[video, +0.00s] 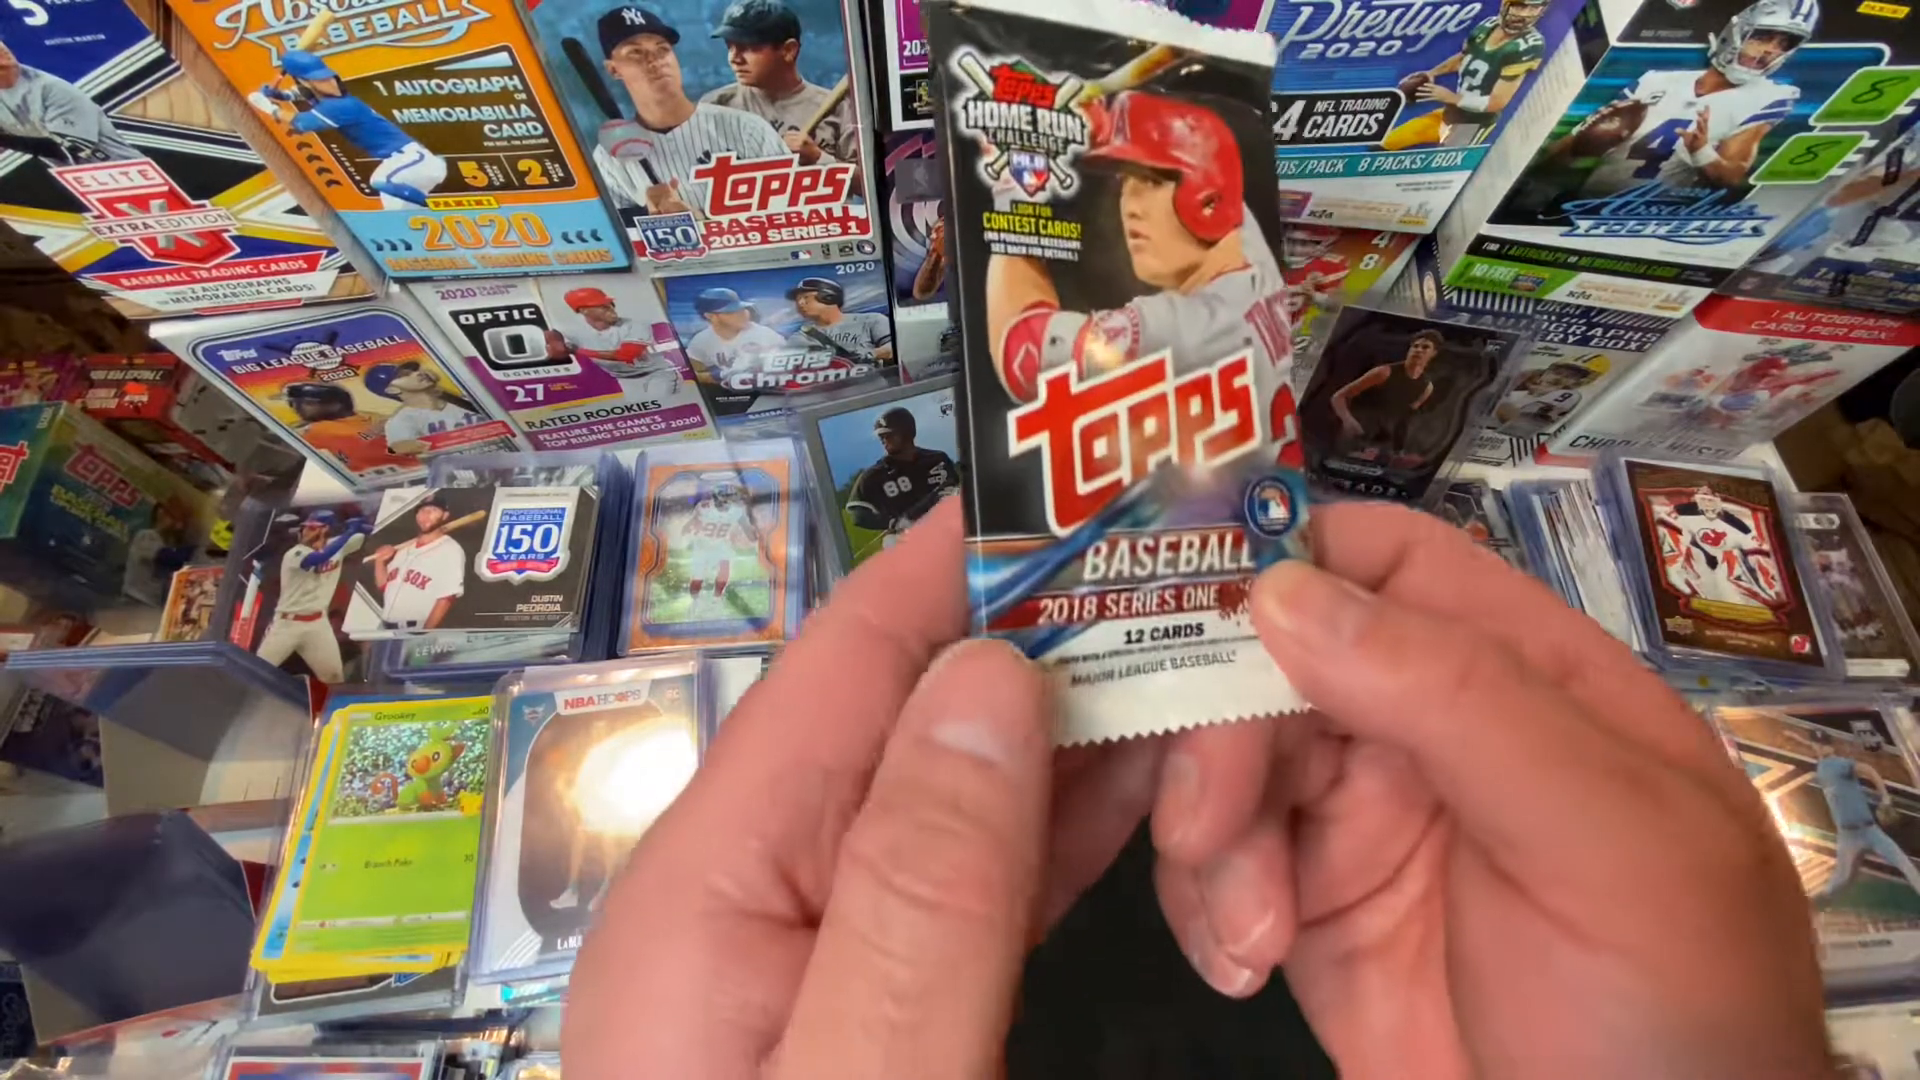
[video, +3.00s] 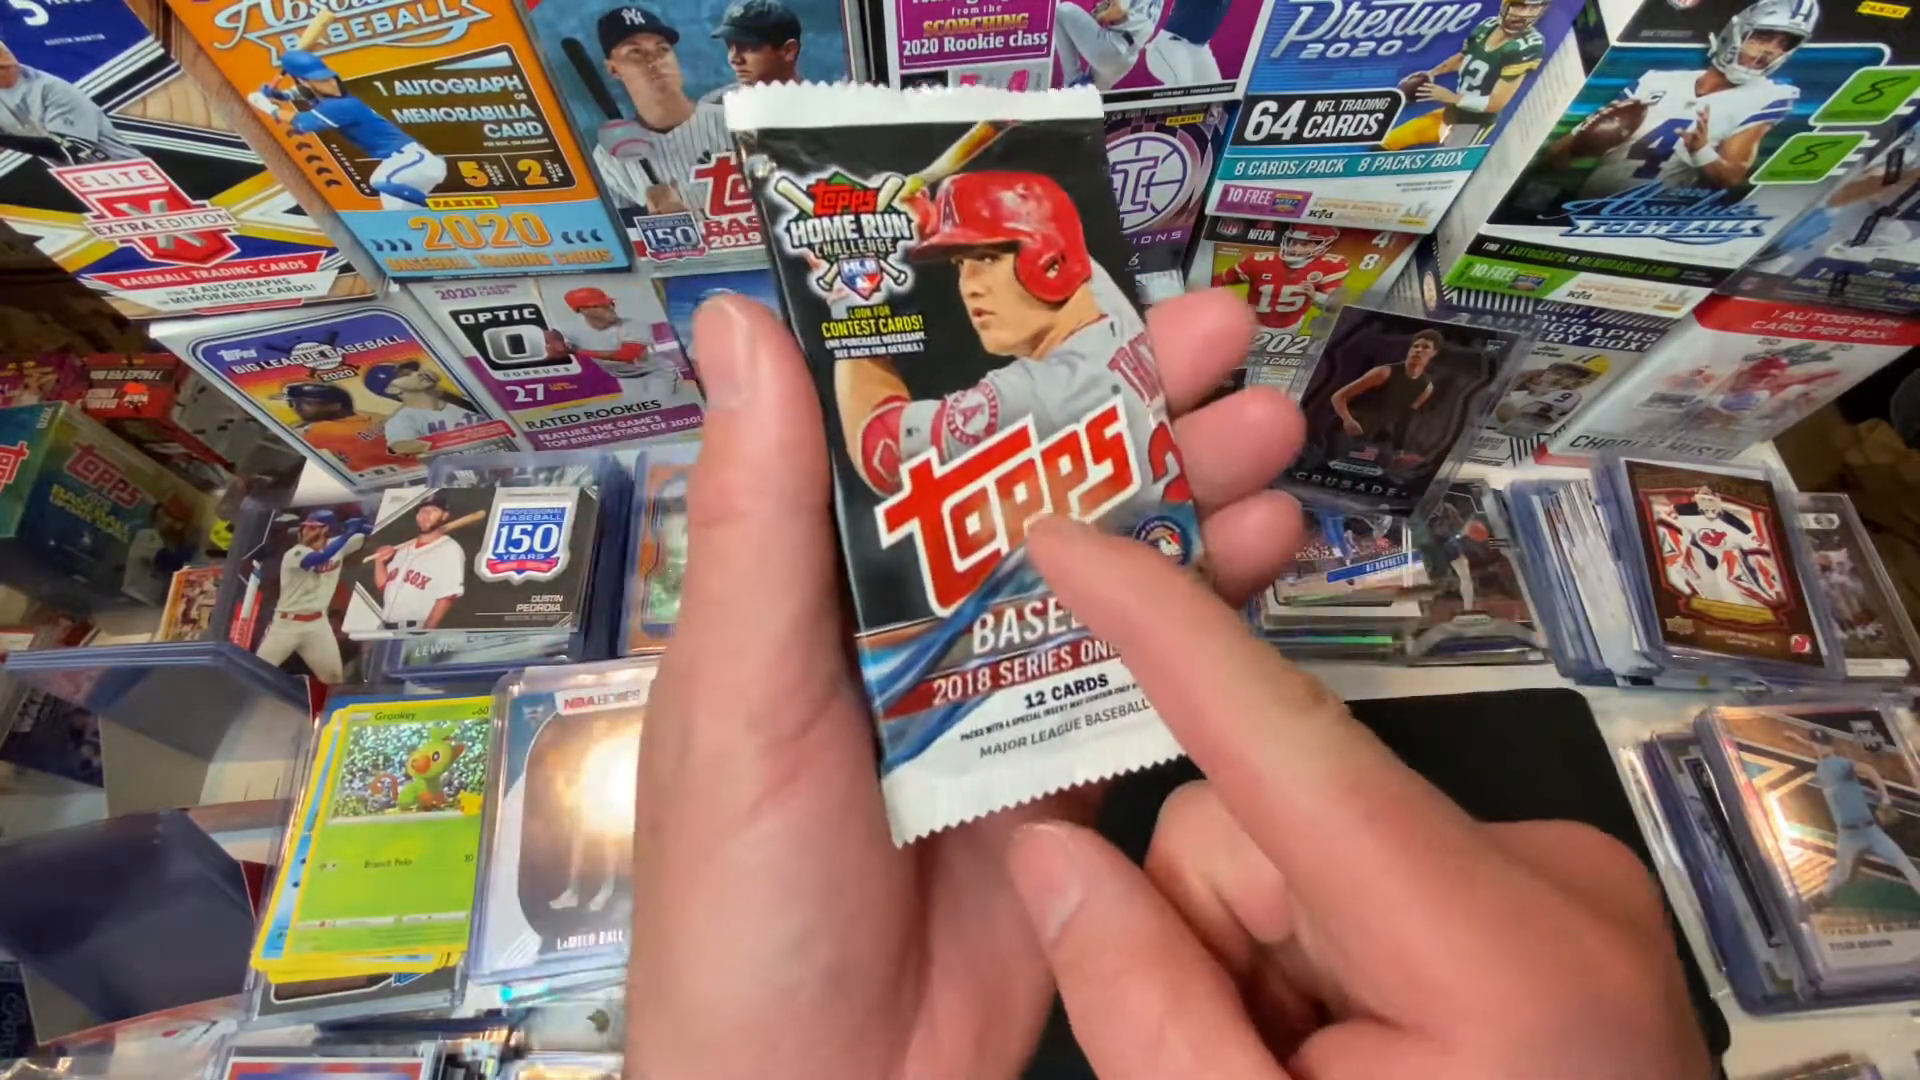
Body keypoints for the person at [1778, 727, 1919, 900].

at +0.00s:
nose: (1823, 751)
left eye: (1825, 746)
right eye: (1819, 748)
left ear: (1831, 746)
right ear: (1815, 750)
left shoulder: (1841, 765)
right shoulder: (1821, 768)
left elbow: (1869, 770)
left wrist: (1885, 797)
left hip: (1869, 829)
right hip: (1846, 834)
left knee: (1903, 862)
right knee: (1842, 876)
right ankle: (1820, 899)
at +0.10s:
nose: (1823, 750)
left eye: (1826, 745)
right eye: (1819, 746)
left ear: (1832, 746)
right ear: (1815, 749)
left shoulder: (1840, 766)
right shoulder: (1824, 767)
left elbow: (1855, 792)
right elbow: (1868, 770)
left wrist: (1882, 800)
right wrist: (1884, 795)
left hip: (1869, 829)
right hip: (1846, 833)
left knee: (1902, 862)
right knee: (1842, 875)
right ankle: (1823, 897)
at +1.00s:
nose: (1823, 749)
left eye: (1825, 744)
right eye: (1818, 746)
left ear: (1831, 745)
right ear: (1813, 748)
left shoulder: (1840, 764)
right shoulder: (1822, 767)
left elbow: (1869, 770)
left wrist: (1885, 797)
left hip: (1871, 829)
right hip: (1847, 834)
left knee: (1903, 863)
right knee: (1843, 876)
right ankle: (1824, 896)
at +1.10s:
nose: (1823, 749)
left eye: (1824, 744)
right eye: (1818, 745)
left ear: (1830, 744)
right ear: (1814, 748)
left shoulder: (1838, 763)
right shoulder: (1822, 767)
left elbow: (1869, 770)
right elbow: (1813, 747)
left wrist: (1885, 796)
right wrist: (1800, 739)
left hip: (1870, 829)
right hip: (1847, 834)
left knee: (1904, 864)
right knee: (1843, 875)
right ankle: (1824, 897)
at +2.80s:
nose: (1822, 749)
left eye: (1824, 744)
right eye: (1818, 745)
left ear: (1830, 745)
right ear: (1814, 748)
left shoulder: (1839, 764)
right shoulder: (1823, 767)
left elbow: (1869, 770)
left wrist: (1885, 797)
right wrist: (1796, 738)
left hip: (1871, 829)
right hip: (1847, 834)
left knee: (1903, 862)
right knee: (1842, 874)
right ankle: (1825, 896)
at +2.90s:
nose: (1823, 749)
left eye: (1825, 744)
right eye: (1819, 745)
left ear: (1831, 745)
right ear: (1814, 748)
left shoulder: (1839, 764)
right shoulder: (1823, 767)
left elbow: (1868, 770)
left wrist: (1884, 797)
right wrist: (1796, 738)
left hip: (1871, 829)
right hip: (1847, 834)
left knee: (1904, 863)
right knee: (1842, 874)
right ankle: (1825, 896)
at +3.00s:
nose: (1823, 749)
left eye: (1825, 744)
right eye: (1819, 745)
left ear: (1831, 745)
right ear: (1814, 748)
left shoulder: (1839, 764)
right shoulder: (1823, 767)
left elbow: (1868, 770)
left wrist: (1884, 797)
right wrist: (1796, 738)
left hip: (1871, 829)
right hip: (1847, 834)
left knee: (1904, 863)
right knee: (1842, 875)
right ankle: (1825, 896)